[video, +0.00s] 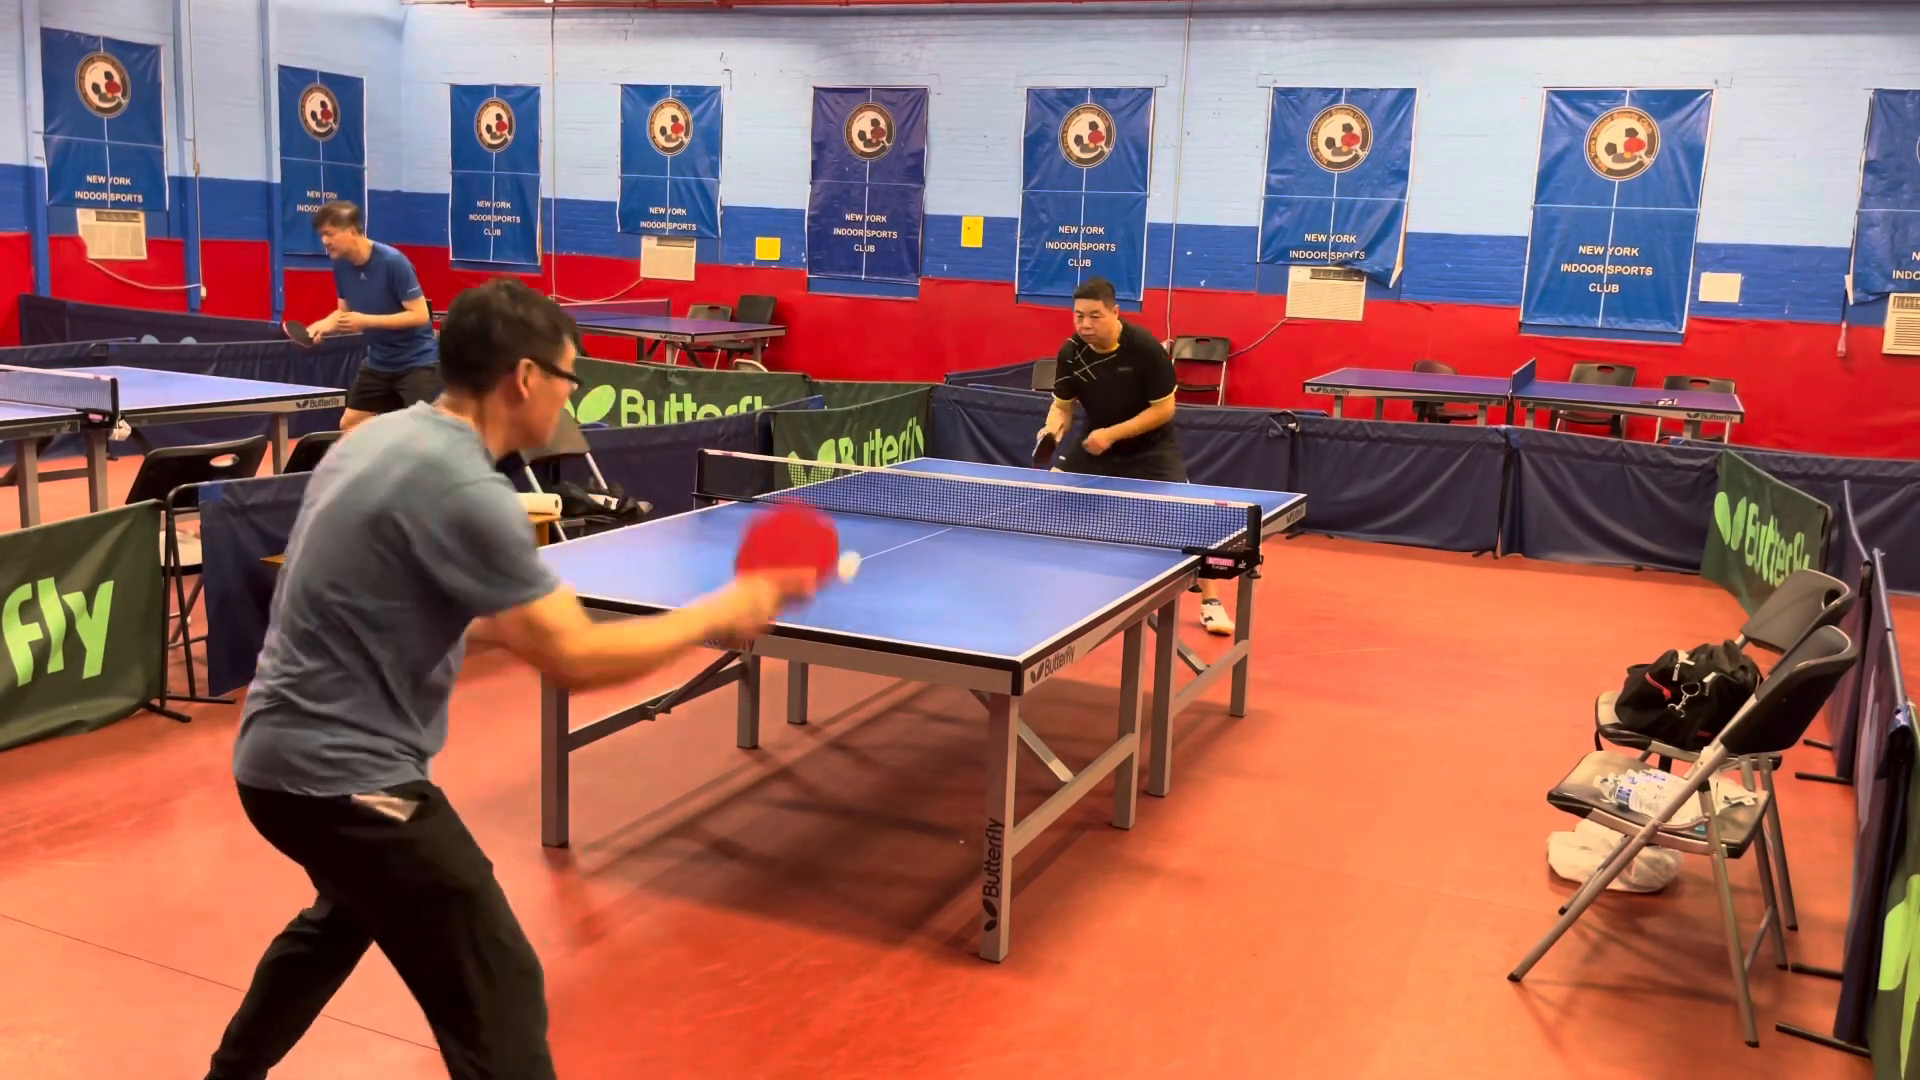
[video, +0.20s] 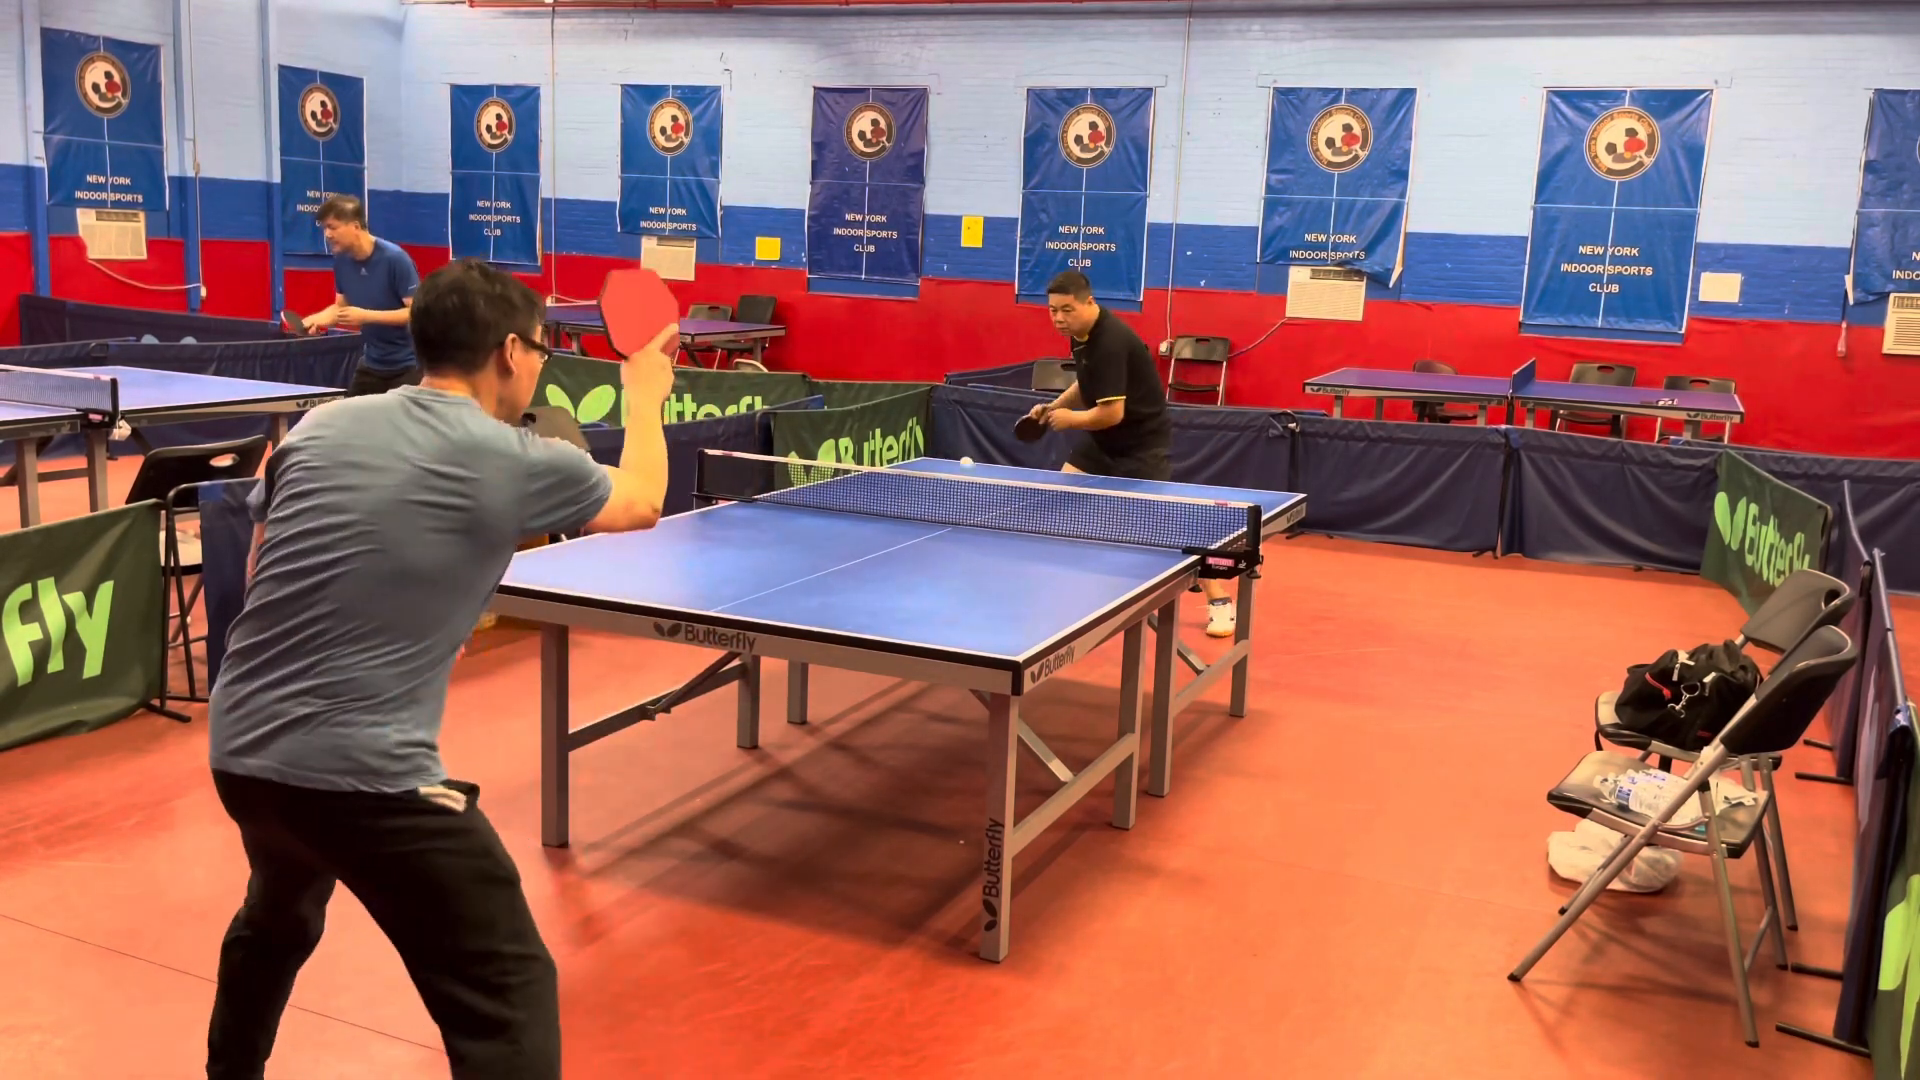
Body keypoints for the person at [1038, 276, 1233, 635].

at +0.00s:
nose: (1084, 325)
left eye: (1094, 316)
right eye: (1079, 316)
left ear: (1115, 313)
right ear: (1073, 315)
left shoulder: (1146, 350)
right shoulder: (1071, 353)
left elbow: (1165, 409)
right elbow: (1062, 405)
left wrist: (1112, 433)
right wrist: (1054, 427)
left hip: (1151, 447)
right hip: (1095, 445)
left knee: (1182, 512)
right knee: (1045, 497)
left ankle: (1210, 599)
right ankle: (1035, 585)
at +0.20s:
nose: (1058, 319)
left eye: (1066, 310)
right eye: (1053, 310)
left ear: (1090, 304)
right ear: (1049, 309)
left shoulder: (1110, 340)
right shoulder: (1081, 334)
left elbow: (1113, 413)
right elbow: (1087, 381)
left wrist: (1070, 419)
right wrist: (1053, 407)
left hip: (1141, 445)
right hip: (1101, 439)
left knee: (1166, 520)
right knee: (1056, 502)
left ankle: (1217, 598)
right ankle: (1043, 586)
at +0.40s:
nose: (1064, 324)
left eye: (1071, 315)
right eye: (1061, 316)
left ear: (1097, 306)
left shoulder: (1127, 342)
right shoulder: (1091, 337)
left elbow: (1128, 413)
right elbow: (1081, 382)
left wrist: (1086, 418)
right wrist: (1043, 375)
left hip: (1147, 453)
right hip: (1105, 445)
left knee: (1171, 526)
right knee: (1054, 500)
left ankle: (1225, 600)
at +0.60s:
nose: (1102, 318)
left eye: (1110, 309)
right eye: (1097, 310)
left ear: (1133, 303)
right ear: (1093, 309)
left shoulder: (1170, 334)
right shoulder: (1093, 340)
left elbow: (1195, 394)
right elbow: (1068, 403)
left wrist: (1143, 421)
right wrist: (1080, 385)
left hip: (1167, 447)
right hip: (1110, 443)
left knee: (1191, 519)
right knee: (1065, 501)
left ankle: (1222, 603)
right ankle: (1054, 592)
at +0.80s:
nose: (1114, 318)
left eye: (1123, 310)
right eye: (1109, 309)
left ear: (1144, 306)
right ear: (1102, 308)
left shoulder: (1171, 339)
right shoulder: (1092, 346)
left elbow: (1195, 398)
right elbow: (1079, 402)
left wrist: (1150, 426)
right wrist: (1088, 411)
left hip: (1163, 450)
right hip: (1104, 448)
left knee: (1191, 517)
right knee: (1063, 510)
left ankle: (1222, 603)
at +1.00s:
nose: (1078, 316)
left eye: (1087, 308)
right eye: (1073, 307)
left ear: (1109, 302)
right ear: (1069, 305)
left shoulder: (1139, 339)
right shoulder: (1082, 336)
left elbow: (1150, 407)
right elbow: (1081, 387)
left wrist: (1098, 420)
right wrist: (1057, 421)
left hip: (1153, 449)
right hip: (1104, 446)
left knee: (1181, 521)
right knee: (1056, 502)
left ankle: (1221, 602)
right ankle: (1042, 588)